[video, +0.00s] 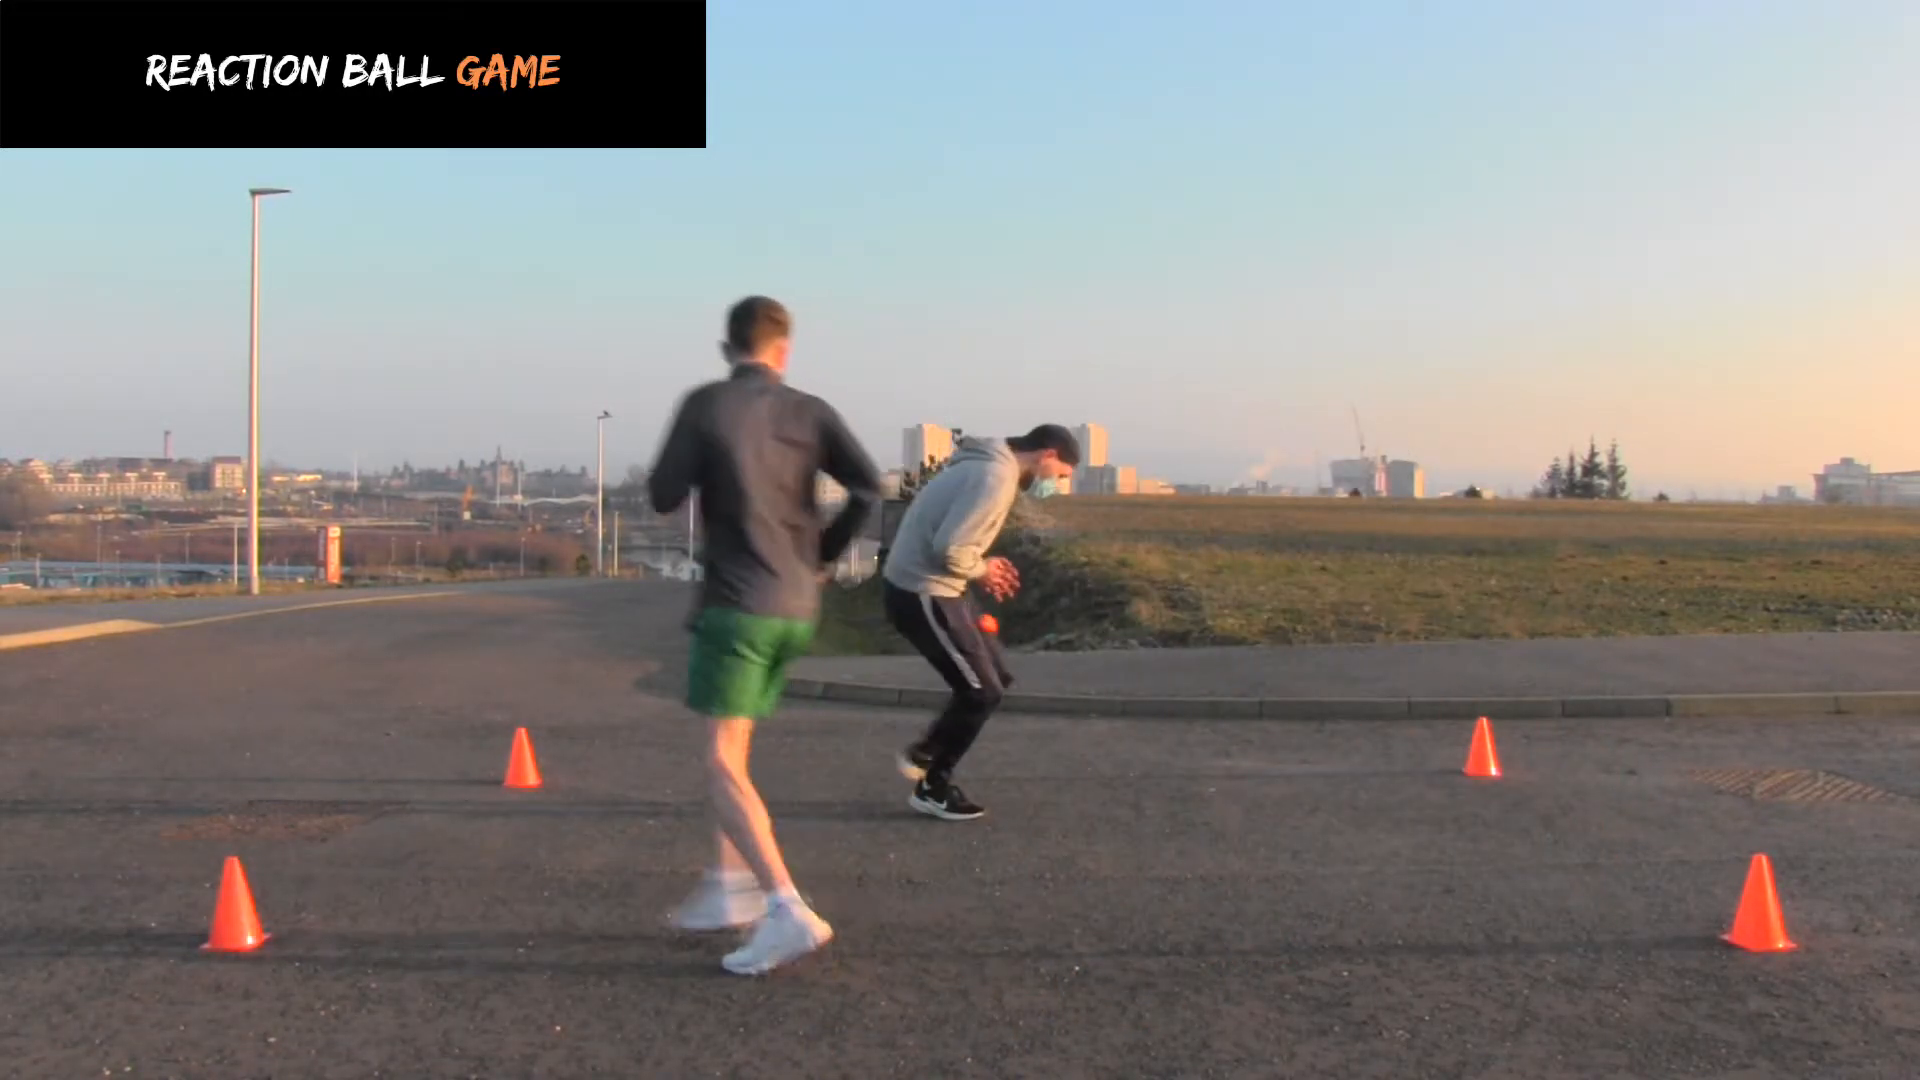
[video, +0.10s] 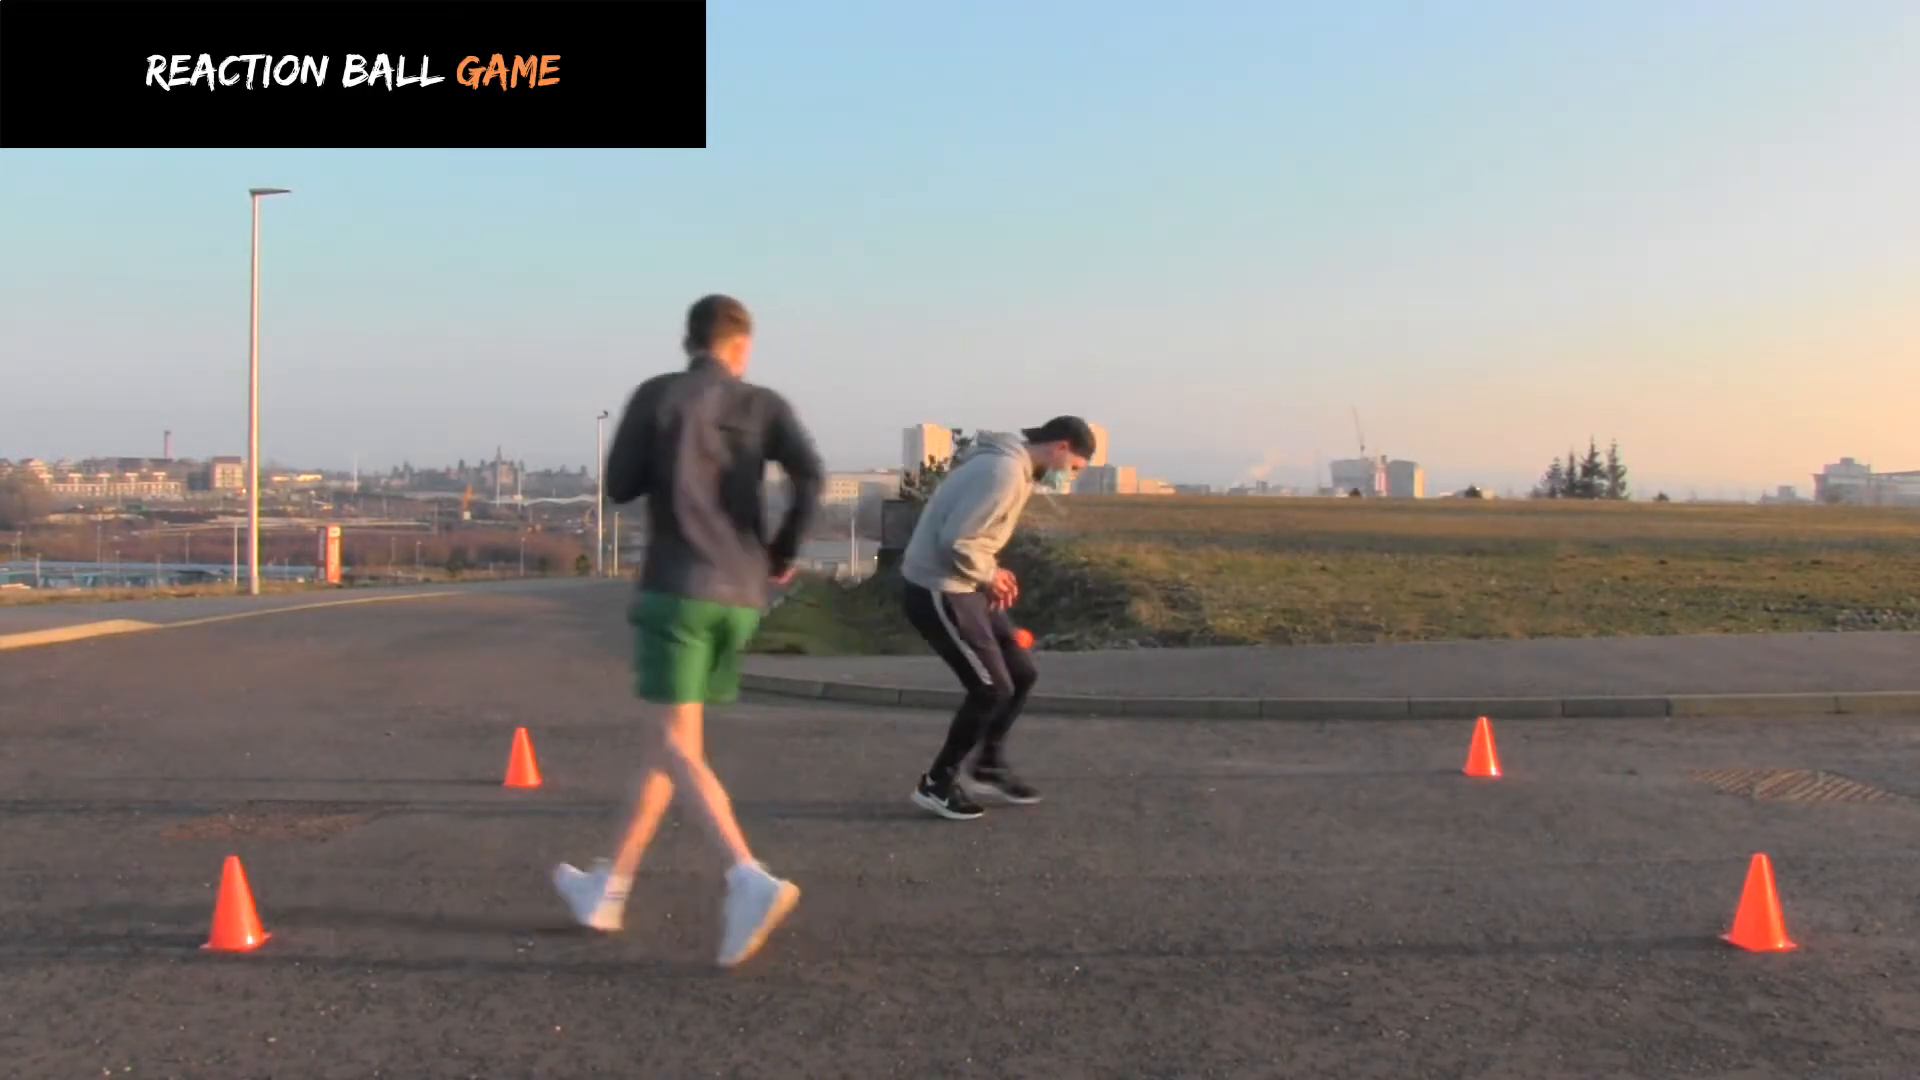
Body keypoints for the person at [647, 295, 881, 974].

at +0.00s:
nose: (780, 355)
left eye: (761, 343)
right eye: (783, 345)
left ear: (729, 343)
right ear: (784, 347)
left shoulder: (705, 406)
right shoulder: (812, 412)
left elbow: (664, 495)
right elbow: (870, 489)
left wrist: (703, 446)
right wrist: (823, 550)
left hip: (738, 604)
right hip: (797, 608)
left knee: (723, 762)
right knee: (731, 752)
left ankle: (789, 909)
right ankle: (729, 889)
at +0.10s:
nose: (748, 352)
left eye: (743, 340)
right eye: (748, 342)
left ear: (689, 338)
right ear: (740, 343)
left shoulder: (657, 396)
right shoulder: (763, 404)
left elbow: (620, 486)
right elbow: (810, 477)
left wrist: (673, 453)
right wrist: (784, 552)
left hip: (677, 591)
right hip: (744, 595)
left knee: (681, 748)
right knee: (673, 745)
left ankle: (749, 878)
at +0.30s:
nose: (663, 402)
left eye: (662, 392)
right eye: (662, 393)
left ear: (607, 386)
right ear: (648, 391)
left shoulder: (561, 438)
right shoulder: (662, 457)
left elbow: (518, 521)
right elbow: (683, 550)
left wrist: (568, 527)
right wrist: (686, 616)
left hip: (559, 627)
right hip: (628, 634)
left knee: (533, 752)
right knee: (573, 754)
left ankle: (575, 830)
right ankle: (544, 884)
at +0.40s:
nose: (634, 380)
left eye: (635, 371)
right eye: (632, 370)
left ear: (579, 361)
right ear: (611, 366)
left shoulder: (527, 412)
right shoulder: (626, 433)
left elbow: (480, 487)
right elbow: (631, 523)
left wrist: (528, 495)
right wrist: (618, 576)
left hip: (515, 599)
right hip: (585, 605)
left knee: (499, 724)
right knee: (558, 737)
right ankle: (543, 871)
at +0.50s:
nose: (614, 372)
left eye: (616, 363)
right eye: (612, 362)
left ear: (562, 350)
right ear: (589, 355)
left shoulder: (505, 398)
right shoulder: (604, 416)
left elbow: (457, 464)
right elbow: (612, 499)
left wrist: (505, 481)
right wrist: (600, 547)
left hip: (496, 578)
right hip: (564, 585)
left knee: (481, 708)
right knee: (555, 717)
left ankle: (449, 848)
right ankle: (540, 840)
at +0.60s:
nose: (583, 394)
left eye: (585, 384)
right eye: (581, 383)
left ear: (533, 373)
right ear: (557, 376)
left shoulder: (476, 422)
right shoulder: (566, 434)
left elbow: (420, 480)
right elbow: (567, 515)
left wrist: (478, 492)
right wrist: (583, 569)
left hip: (468, 596)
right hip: (534, 600)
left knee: (459, 714)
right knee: (550, 712)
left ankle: (428, 845)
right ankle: (520, 809)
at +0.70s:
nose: (571, 406)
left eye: (572, 395)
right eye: (568, 394)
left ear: (522, 386)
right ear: (543, 388)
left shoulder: (469, 435)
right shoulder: (547, 447)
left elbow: (426, 503)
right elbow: (538, 527)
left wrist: (482, 526)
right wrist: (571, 592)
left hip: (457, 607)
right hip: (519, 610)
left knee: (459, 719)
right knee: (546, 705)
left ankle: (430, 848)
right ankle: (507, 816)